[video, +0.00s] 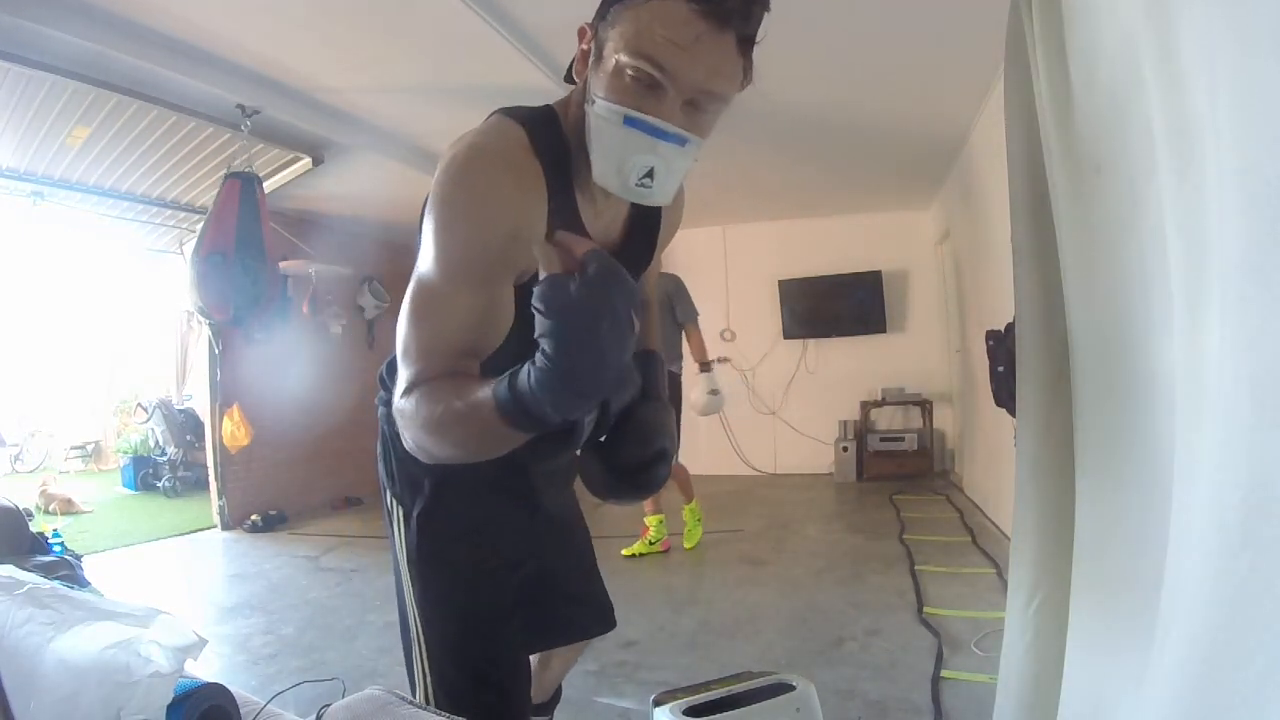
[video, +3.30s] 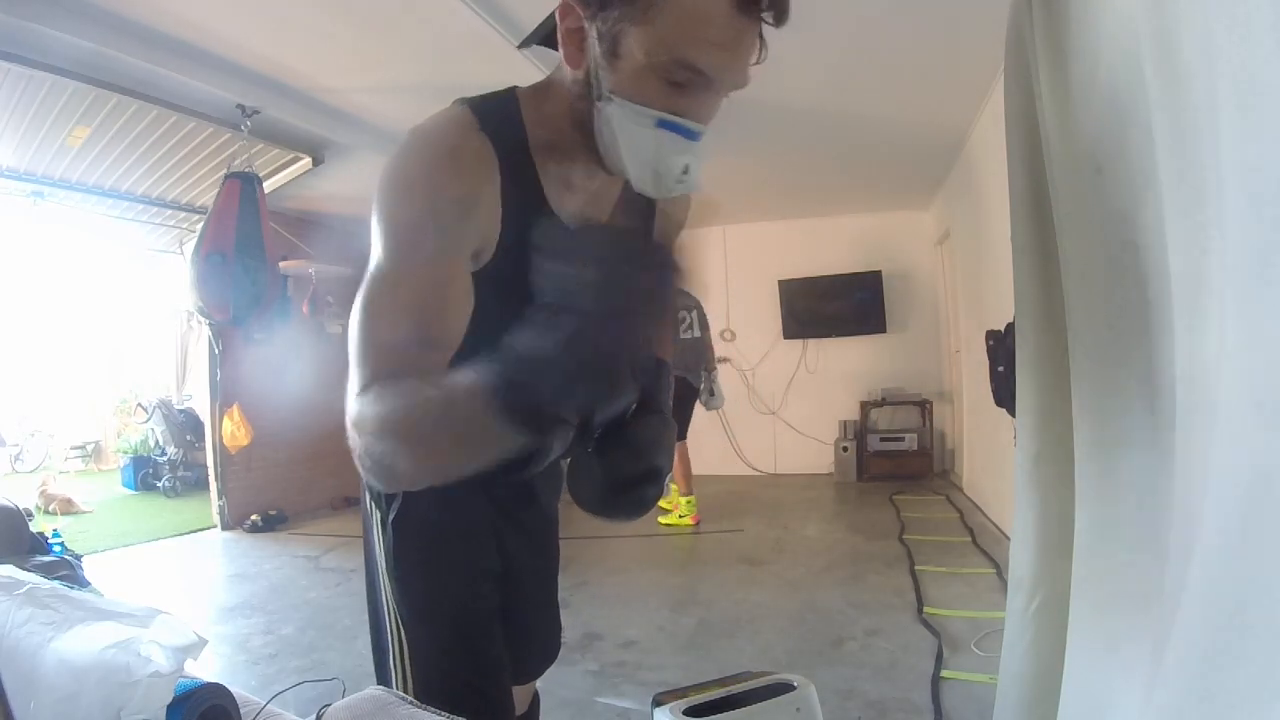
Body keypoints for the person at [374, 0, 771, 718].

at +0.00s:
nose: (666, 124)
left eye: (702, 102)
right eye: (643, 78)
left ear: (732, 99)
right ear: (585, 55)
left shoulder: (661, 195)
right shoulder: (492, 166)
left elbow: (635, 317)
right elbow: (424, 421)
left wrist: (640, 413)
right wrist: (548, 390)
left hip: (546, 444)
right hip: (449, 451)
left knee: (567, 623)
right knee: (482, 691)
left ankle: (532, 709)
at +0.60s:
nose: (743, 180)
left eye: (763, 170)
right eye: (741, 145)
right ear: (675, 95)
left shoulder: (610, 177)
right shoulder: (601, 185)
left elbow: (562, 346)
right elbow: (492, 413)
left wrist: (599, 438)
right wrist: (665, 422)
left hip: (466, 453)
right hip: (431, 459)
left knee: (514, 681)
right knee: (503, 701)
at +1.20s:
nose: (703, 161)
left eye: (725, 146)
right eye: (696, 124)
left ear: (738, 147)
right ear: (630, 80)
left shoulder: (618, 196)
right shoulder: (521, 169)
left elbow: (581, 311)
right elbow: (447, 404)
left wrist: (604, 414)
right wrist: (644, 397)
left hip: (502, 441)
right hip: (425, 449)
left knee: (537, 639)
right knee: (487, 699)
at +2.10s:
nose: (622, 102)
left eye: (667, 80)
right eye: (600, 53)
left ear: (707, 84)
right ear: (553, 34)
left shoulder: (656, 194)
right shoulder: (453, 171)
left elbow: (640, 302)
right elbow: (368, 421)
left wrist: (641, 385)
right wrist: (547, 472)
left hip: (535, 456)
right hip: (431, 469)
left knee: (529, 678)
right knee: (472, 703)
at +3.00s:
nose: (672, 105)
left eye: (707, 78)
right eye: (646, 58)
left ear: (728, 73)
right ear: (560, 28)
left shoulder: (669, 187)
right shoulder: (442, 165)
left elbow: (659, 300)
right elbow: (367, 405)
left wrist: (660, 407)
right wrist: (435, 437)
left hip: (545, 458)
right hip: (434, 471)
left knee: (527, 683)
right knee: (468, 704)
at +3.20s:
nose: (713, 120)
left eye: (736, 87)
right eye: (689, 77)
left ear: (751, 73)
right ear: (584, 40)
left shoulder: (664, 188)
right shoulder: (446, 161)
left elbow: (653, 301)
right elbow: (391, 453)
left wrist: (654, 415)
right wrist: (454, 359)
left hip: (537, 450)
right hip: (431, 459)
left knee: (522, 688)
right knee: (469, 705)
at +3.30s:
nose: (703, 120)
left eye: (728, 89)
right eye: (681, 79)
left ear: (747, 71)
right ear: (577, 38)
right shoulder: (449, 160)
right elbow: (384, 444)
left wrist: (625, 456)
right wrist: (551, 368)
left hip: (533, 473)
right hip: (431, 483)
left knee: (519, 686)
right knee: (464, 704)